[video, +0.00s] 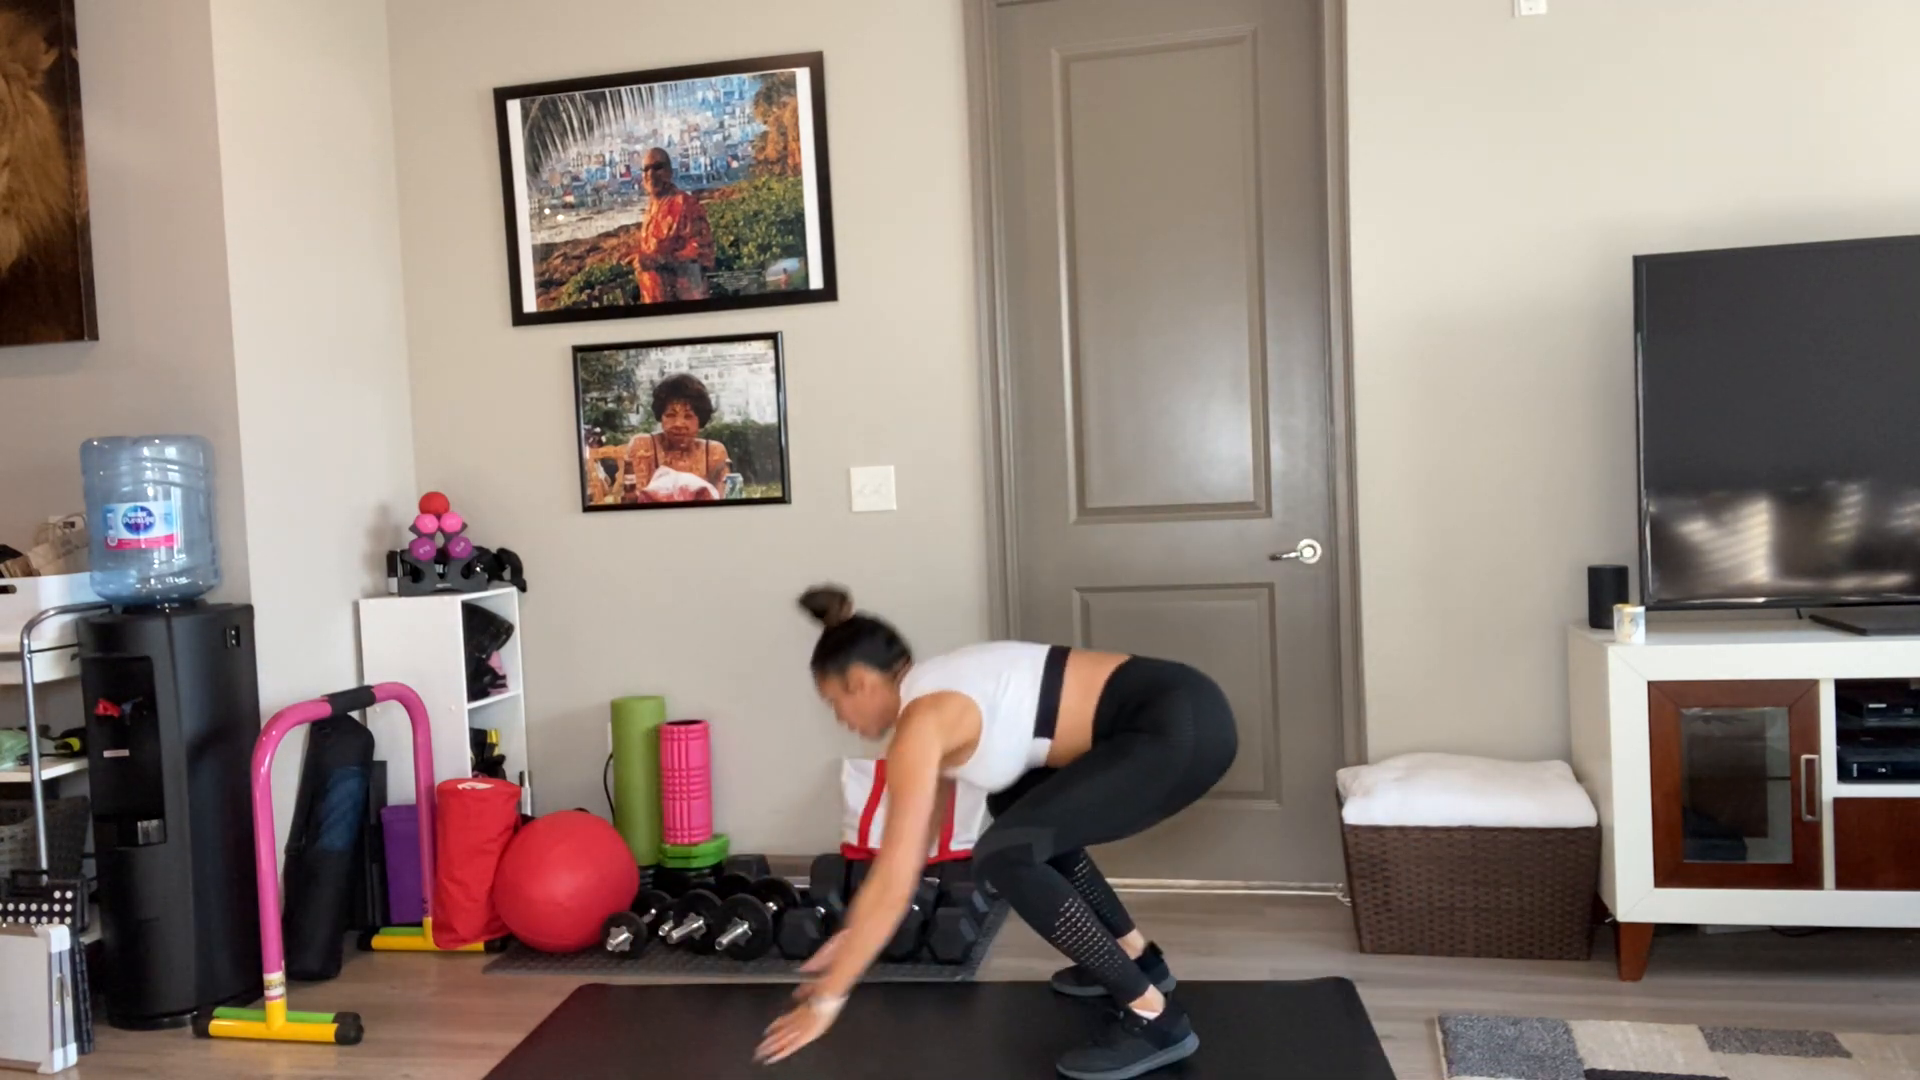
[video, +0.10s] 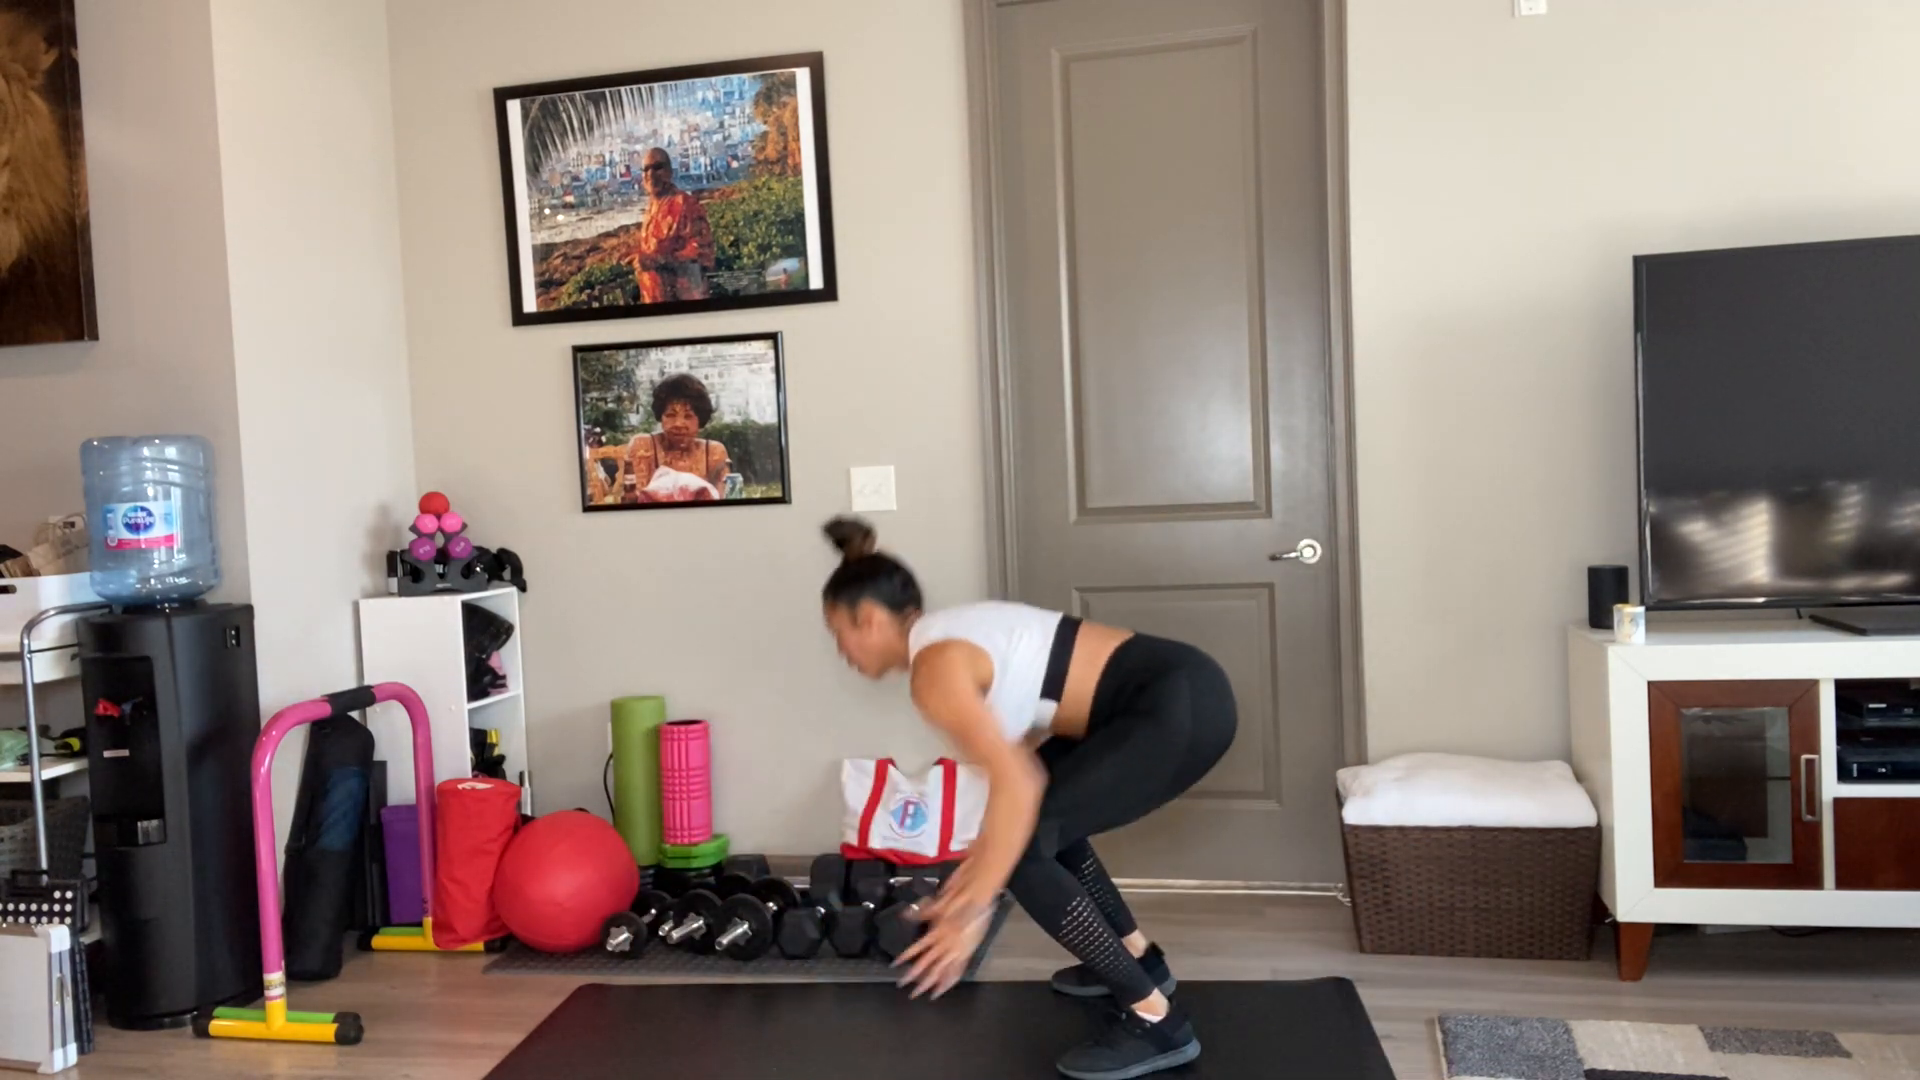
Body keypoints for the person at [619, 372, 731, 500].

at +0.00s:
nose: (679, 424)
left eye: (688, 416)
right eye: (670, 415)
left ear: (701, 420)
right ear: (660, 418)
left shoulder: (715, 451)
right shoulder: (641, 446)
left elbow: (719, 500)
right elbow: (638, 499)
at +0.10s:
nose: (679, 424)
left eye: (688, 416)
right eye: (670, 415)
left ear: (701, 420)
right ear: (660, 418)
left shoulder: (715, 451)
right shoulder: (641, 446)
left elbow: (720, 500)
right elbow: (636, 499)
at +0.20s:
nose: (679, 424)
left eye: (688, 416)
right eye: (670, 415)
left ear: (701, 420)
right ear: (660, 417)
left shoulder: (715, 451)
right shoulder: (641, 446)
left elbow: (719, 500)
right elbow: (638, 499)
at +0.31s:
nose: (679, 424)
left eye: (688, 416)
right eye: (671, 415)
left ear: (701, 420)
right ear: (660, 418)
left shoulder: (715, 451)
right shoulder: (642, 446)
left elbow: (720, 500)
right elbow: (638, 499)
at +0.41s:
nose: (679, 424)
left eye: (688, 416)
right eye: (671, 415)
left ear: (701, 420)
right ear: (660, 418)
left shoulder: (715, 451)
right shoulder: (641, 446)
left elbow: (722, 500)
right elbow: (636, 498)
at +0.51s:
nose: (679, 424)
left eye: (688, 416)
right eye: (671, 415)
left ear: (701, 420)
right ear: (660, 418)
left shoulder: (715, 451)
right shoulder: (641, 446)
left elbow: (722, 500)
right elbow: (634, 499)